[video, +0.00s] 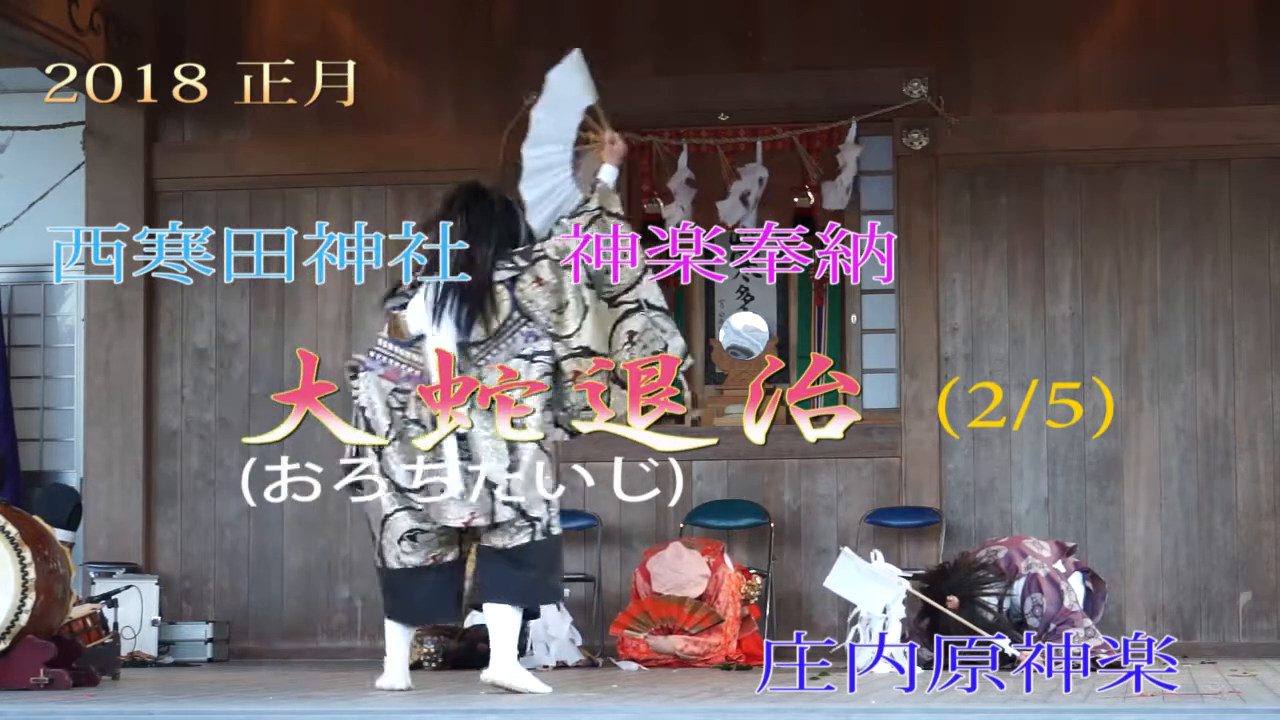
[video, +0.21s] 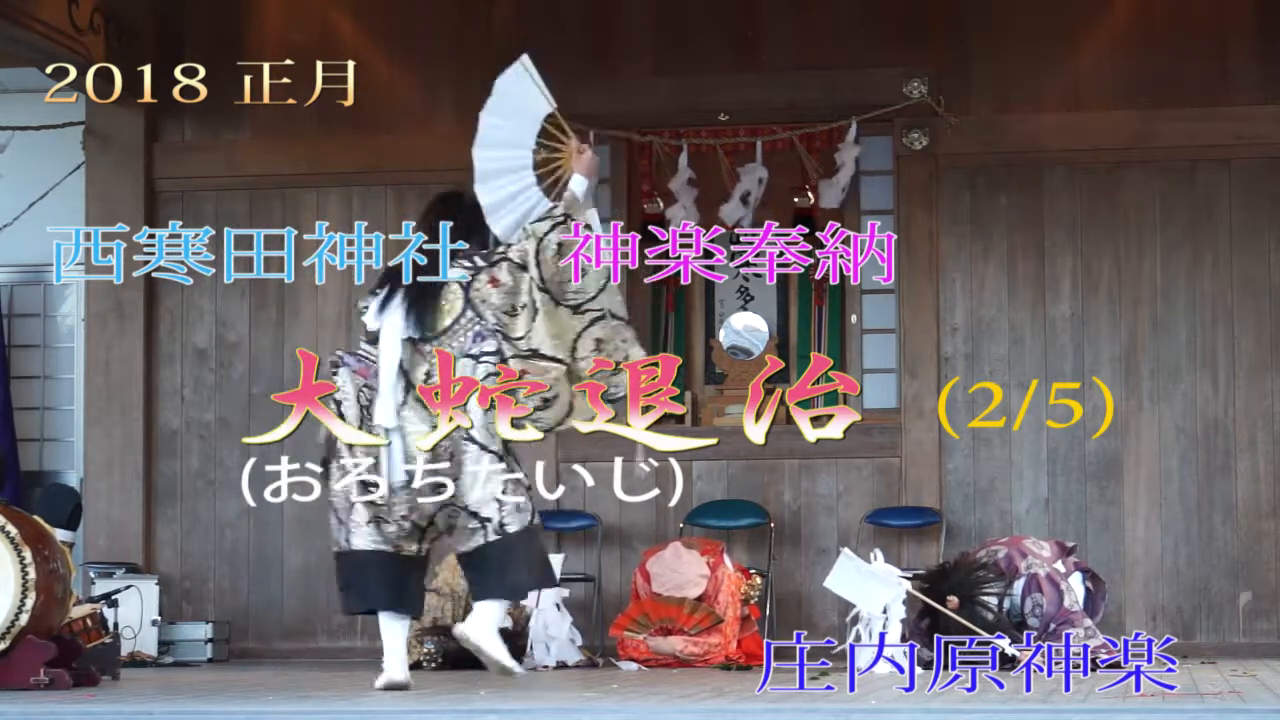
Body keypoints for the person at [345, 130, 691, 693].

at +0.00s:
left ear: (444, 233)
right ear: (508, 235)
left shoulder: (416, 298)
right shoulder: (527, 288)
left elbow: (382, 375)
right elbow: (582, 239)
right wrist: (608, 172)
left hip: (424, 448)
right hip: (503, 445)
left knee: (410, 550)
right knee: (509, 547)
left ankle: (396, 666)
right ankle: (504, 660)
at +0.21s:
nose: (486, 240)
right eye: (482, 231)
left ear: (419, 235)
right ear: (477, 235)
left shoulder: (389, 296)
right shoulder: (488, 284)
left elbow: (370, 381)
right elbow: (544, 250)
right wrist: (579, 187)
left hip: (394, 450)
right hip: (464, 448)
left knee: (394, 549)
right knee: (513, 531)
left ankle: (394, 660)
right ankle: (484, 620)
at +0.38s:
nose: (478, 236)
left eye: (473, 226)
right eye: (475, 227)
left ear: (419, 226)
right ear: (474, 227)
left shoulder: (387, 286)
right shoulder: (490, 271)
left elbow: (361, 369)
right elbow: (539, 235)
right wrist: (571, 174)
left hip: (388, 434)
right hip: (458, 432)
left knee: (394, 545)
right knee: (478, 539)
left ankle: (391, 655)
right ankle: (457, 640)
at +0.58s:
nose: (489, 217)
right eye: (484, 206)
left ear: (423, 215)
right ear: (481, 212)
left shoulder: (402, 270)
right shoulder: (498, 260)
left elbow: (374, 344)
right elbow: (543, 223)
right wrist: (579, 162)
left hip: (398, 414)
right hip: (465, 418)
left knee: (400, 532)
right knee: (462, 531)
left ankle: (392, 642)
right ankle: (453, 644)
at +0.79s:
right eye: (500, 205)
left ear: (438, 212)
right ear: (496, 211)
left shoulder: (416, 266)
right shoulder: (508, 262)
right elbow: (557, 225)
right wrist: (598, 167)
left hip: (415, 411)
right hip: (484, 415)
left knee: (409, 518)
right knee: (473, 529)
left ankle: (392, 625)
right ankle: (452, 644)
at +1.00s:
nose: (513, 217)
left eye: (506, 208)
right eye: (508, 207)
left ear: (451, 216)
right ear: (503, 215)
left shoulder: (427, 272)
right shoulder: (508, 266)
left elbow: (389, 345)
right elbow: (567, 235)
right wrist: (614, 179)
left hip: (423, 409)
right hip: (482, 410)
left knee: (429, 518)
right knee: (472, 520)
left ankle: (433, 638)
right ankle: (450, 641)